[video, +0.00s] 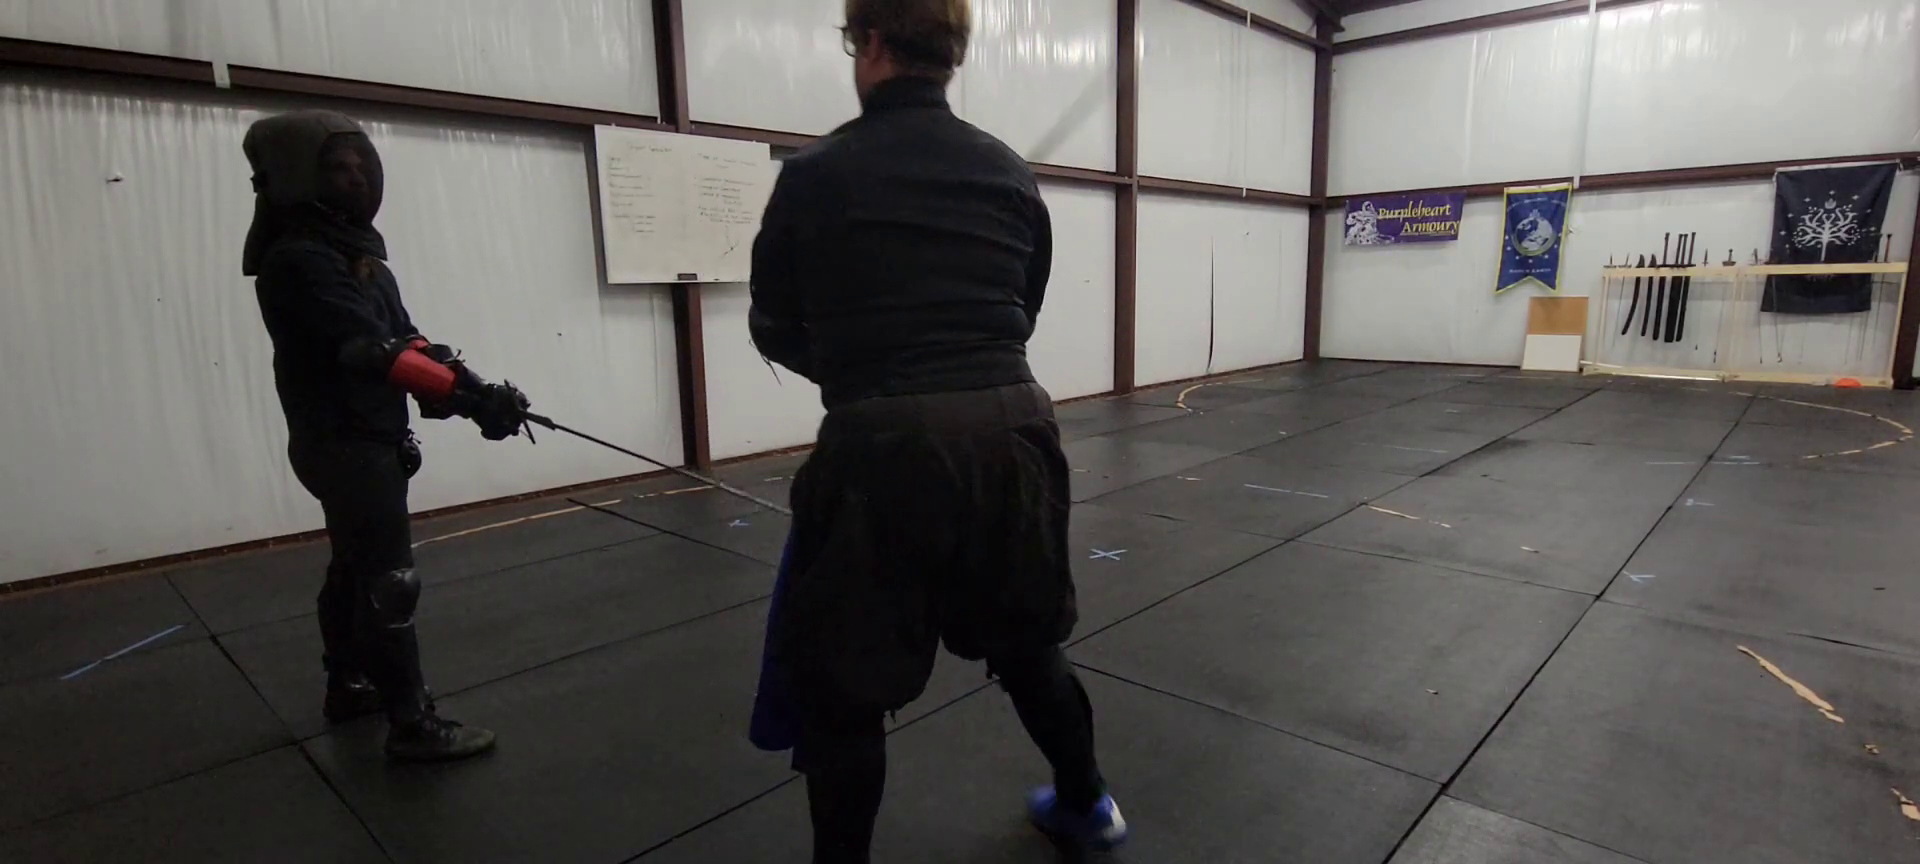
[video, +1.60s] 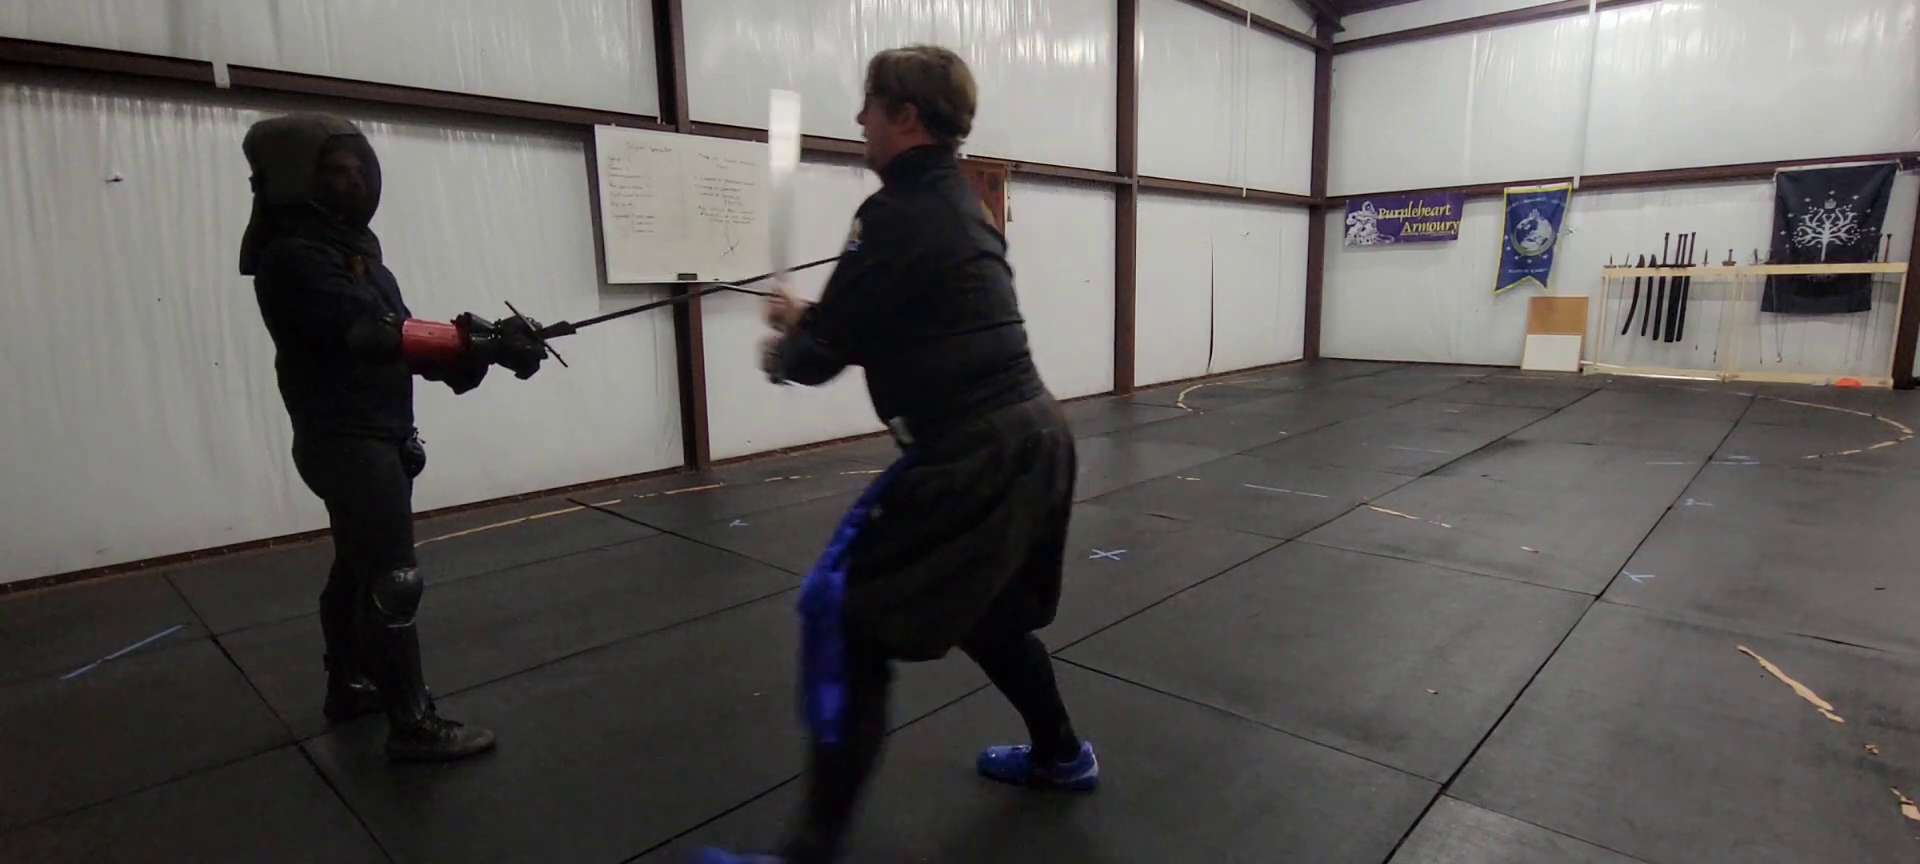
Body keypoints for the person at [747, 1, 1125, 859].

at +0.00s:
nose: (853, 65)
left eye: (854, 46)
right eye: (856, 47)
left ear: (874, 47)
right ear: (953, 54)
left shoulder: (816, 170)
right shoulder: (1004, 164)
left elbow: (774, 326)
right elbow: (1022, 308)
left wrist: (861, 363)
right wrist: (958, 357)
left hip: (875, 445)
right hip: (1007, 432)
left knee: (843, 692)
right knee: (1028, 640)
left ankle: (841, 852)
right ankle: (1087, 803)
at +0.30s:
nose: (944, 65)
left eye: (954, 51)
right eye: (949, 50)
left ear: (989, 63)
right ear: (1022, 71)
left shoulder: (956, 174)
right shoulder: (1062, 170)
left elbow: (892, 304)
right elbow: (1019, 294)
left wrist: (875, 351)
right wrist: (904, 320)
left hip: (998, 429)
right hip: (1092, 412)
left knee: (947, 644)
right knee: (1058, 606)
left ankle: (937, 843)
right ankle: (1076, 782)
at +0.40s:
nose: (958, 64)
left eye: (970, 50)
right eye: (963, 49)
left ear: (1008, 62)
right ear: (1028, 67)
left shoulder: (988, 174)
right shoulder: (1070, 159)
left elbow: (927, 308)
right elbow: (1023, 295)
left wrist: (891, 349)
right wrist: (901, 324)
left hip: (1028, 423)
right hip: (1105, 404)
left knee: (994, 629)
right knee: (1075, 606)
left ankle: (1043, 811)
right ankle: (1079, 780)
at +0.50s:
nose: (974, 68)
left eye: (986, 54)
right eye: (979, 52)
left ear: (1024, 65)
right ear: (1044, 69)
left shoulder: (1010, 170)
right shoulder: (1072, 153)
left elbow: (956, 306)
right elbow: (1003, 291)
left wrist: (912, 356)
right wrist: (906, 331)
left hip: (1062, 423)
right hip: (1119, 402)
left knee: (1068, 634)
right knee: (1077, 603)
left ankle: (1157, 840)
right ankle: (1075, 785)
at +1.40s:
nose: (927, 112)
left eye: (938, 98)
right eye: (932, 98)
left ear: (977, 111)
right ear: (998, 117)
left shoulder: (951, 213)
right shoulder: (1036, 195)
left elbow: (880, 353)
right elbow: (1018, 301)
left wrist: (871, 349)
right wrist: (924, 326)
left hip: (1027, 444)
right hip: (1098, 420)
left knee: (978, 658)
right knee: (1047, 604)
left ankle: (1166, 809)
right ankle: (1058, 753)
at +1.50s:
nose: (895, 120)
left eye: (904, 107)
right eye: (899, 105)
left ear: (941, 119)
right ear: (969, 124)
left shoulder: (925, 216)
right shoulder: (998, 200)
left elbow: (855, 364)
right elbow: (991, 308)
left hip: (1003, 450)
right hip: (1070, 425)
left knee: (904, 621)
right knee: (998, 601)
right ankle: (1060, 752)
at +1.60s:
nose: (860, 117)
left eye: (872, 103)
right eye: (866, 102)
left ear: (908, 118)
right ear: (929, 123)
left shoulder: (895, 217)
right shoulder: (962, 199)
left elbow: (825, 352)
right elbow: (916, 319)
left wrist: (782, 352)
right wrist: (818, 317)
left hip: (965, 458)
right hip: (1035, 436)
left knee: (839, 605)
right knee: (980, 603)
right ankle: (1059, 752)